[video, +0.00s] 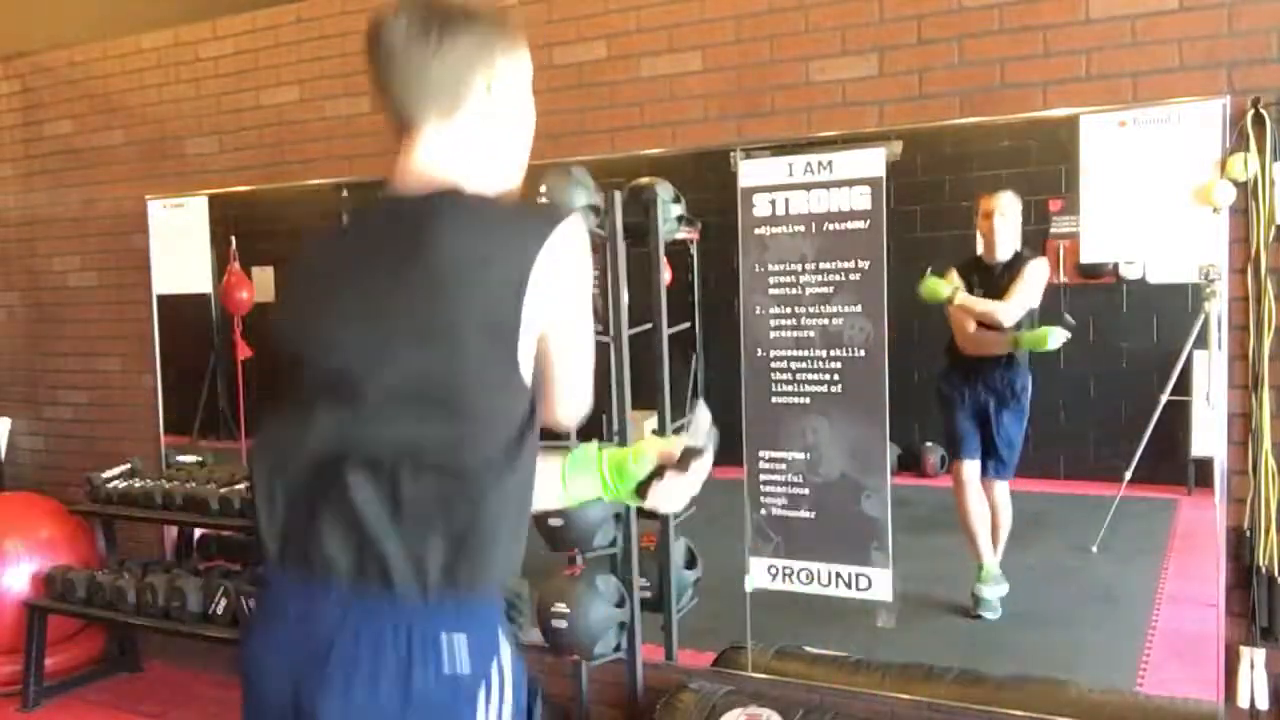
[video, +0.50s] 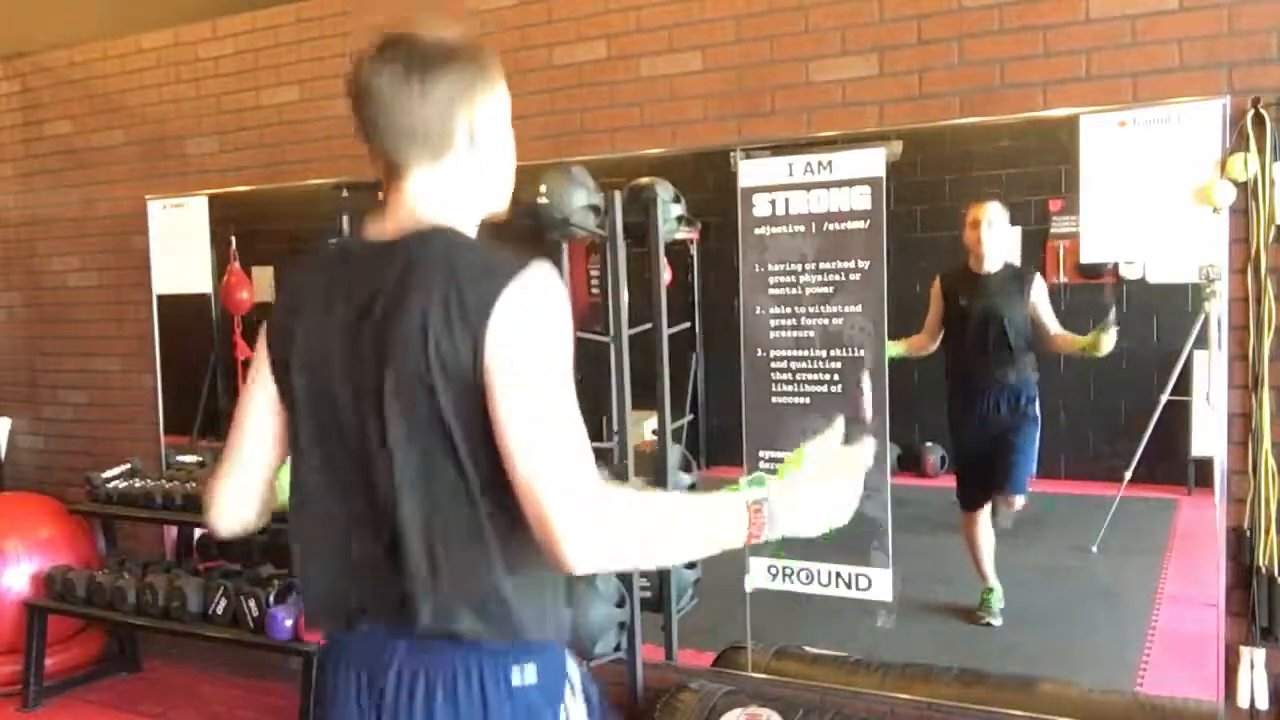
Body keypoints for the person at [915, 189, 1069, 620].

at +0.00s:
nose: (991, 223)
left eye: (1000, 216)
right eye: (985, 215)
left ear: (1017, 223)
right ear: (977, 222)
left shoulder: (1034, 267)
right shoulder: (958, 273)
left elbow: (1007, 314)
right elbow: (968, 341)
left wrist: (956, 295)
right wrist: (1019, 341)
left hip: (1007, 380)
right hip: (962, 380)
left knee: (995, 482)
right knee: (965, 473)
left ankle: (991, 575)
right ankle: (987, 570)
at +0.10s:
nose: (988, 236)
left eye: (996, 228)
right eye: (983, 228)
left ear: (1015, 234)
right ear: (975, 233)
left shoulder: (1033, 281)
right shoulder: (958, 281)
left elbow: (1027, 332)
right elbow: (955, 354)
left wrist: (976, 300)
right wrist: (990, 348)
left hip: (1009, 397)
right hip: (963, 395)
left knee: (999, 495)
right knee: (959, 486)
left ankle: (989, 585)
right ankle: (976, 579)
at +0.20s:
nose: (982, 209)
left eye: (991, 201)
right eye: (978, 201)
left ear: (1009, 208)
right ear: (970, 208)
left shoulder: (1033, 260)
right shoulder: (952, 263)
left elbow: (1051, 331)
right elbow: (938, 326)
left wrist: (1027, 332)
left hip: (1010, 374)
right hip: (963, 373)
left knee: (999, 476)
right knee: (962, 467)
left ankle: (993, 573)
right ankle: (977, 549)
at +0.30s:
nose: (978, 200)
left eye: (986, 192)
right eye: (974, 193)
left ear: (1006, 201)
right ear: (967, 201)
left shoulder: (1032, 254)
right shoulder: (949, 257)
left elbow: (1056, 313)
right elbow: (931, 319)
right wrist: (896, 361)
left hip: (1014, 374)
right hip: (963, 373)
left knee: (1005, 480)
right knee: (967, 475)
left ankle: (995, 530)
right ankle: (980, 565)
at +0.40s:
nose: (979, 224)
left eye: (988, 217)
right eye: (974, 216)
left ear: (1006, 224)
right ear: (965, 223)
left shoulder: (1029, 274)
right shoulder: (947, 275)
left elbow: (1056, 331)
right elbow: (933, 332)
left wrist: (1096, 338)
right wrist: (894, 347)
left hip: (1017, 387)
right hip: (967, 388)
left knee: (1008, 493)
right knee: (972, 493)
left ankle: (988, 495)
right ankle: (986, 586)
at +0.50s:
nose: (979, 233)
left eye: (988, 226)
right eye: (974, 225)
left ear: (1007, 233)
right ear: (964, 233)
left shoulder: (1029, 283)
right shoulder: (946, 285)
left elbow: (1052, 338)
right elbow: (928, 339)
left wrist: (1087, 343)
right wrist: (896, 347)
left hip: (1018, 398)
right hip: (969, 401)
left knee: (1010, 499)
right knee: (973, 504)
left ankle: (1006, 507)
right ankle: (991, 589)